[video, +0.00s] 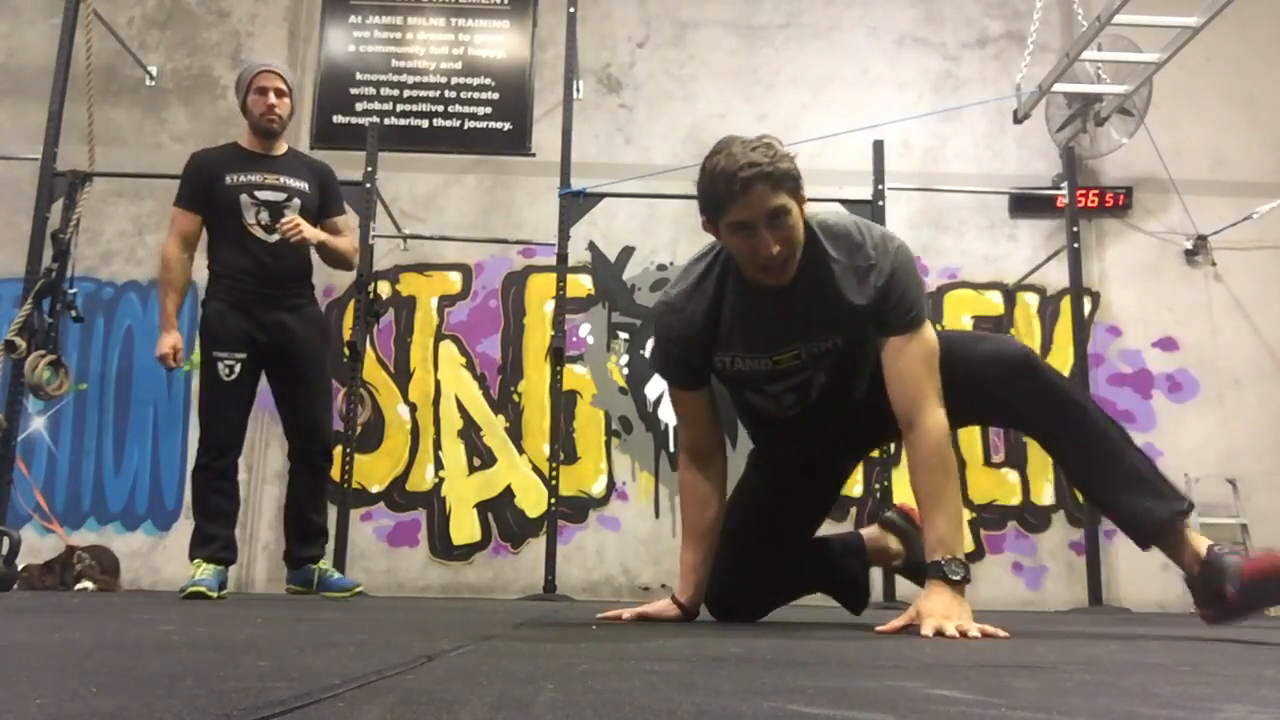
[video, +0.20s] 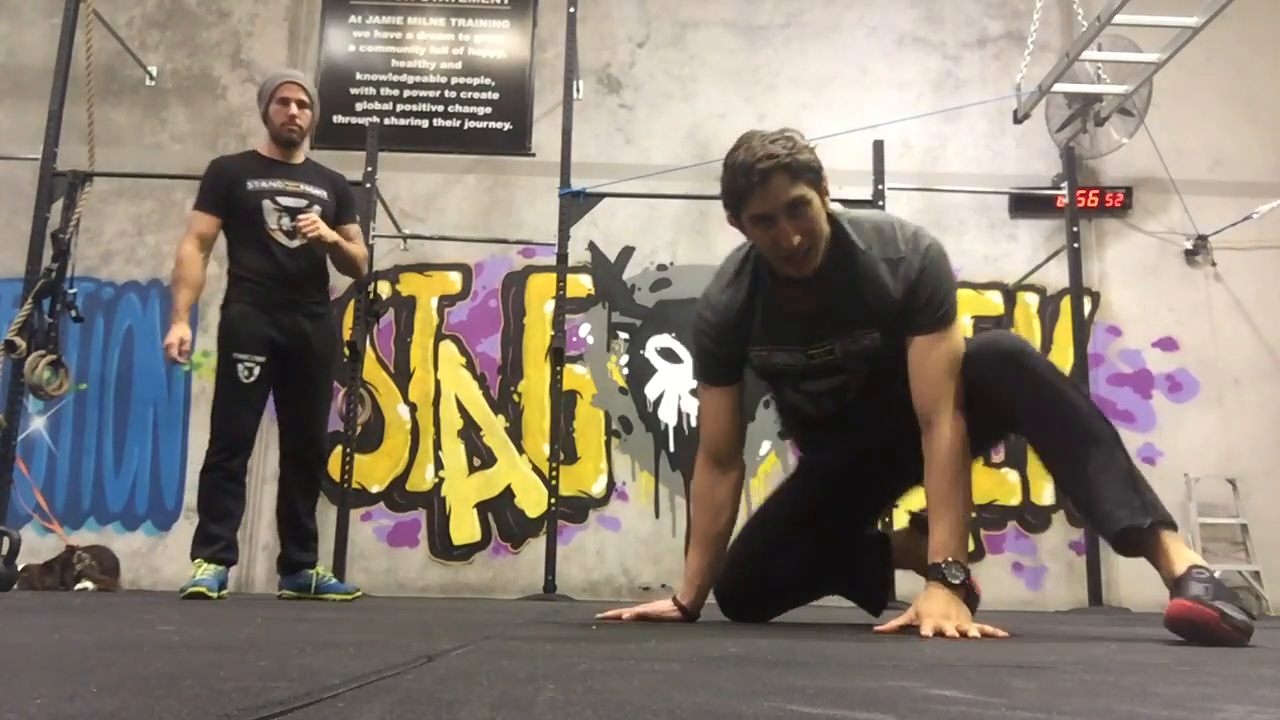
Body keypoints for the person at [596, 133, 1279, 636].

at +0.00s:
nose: (773, 242)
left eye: (782, 218)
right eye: (749, 230)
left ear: (802, 202)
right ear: (713, 231)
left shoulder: (873, 259)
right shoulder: (687, 314)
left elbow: (925, 424)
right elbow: (699, 456)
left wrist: (947, 582)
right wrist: (684, 594)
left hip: (886, 383)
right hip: (796, 439)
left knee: (1016, 369)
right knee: (733, 594)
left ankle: (1202, 564)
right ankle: (877, 546)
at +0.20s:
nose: (787, 236)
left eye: (796, 211)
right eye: (764, 224)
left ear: (823, 191)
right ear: (739, 225)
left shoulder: (907, 258)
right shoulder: (727, 307)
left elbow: (938, 427)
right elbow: (717, 459)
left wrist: (951, 582)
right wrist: (685, 597)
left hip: (923, 413)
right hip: (838, 454)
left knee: (1005, 358)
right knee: (741, 594)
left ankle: (1183, 570)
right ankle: (887, 550)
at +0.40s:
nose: (800, 233)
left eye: (808, 209)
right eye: (777, 223)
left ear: (838, 198)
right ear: (758, 235)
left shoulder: (927, 266)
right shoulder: (762, 320)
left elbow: (965, 431)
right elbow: (738, 467)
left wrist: (948, 580)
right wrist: (689, 596)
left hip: (986, 438)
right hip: (898, 473)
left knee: (1033, 340)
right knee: (789, 589)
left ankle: (1184, 569)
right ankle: (957, 556)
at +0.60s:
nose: (827, 228)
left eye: (836, 205)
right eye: (806, 220)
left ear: (868, 199)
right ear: (791, 238)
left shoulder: (957, 272)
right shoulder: (795, 326)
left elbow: (980, 428)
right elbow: (757, 471)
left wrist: (955, 568)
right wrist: (692, 592)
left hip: (1012, 453)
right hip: (913, 482)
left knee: (1101, 332)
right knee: (803, 590)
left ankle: (1198, 569)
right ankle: (950, 581)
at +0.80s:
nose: (841, 194)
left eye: (850, 172)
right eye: (820, 188)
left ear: (882, 171)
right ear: (809, 209)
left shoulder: (965, 244)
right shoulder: (815, 308)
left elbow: (1000, 387)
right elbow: (808, 444)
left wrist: (979, 522)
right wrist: (749, 529)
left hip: (1016, 459)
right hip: (915, 481)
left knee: (1121, 335)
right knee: (801, 591)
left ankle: (1201, 567)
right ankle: (927, 566)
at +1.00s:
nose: (851, 173)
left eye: (861, 154)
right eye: (831, 166)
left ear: (892, 160)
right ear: (819, 190)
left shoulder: (975, 237)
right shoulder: (825, 307)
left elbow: (1011, 376)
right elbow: (854, 422)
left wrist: (961, 495)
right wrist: (874, 500)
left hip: (1009, 463)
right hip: (913, 489)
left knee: (1107, 335)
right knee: (799, 590)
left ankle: (1189, 570)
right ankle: (950, 562)